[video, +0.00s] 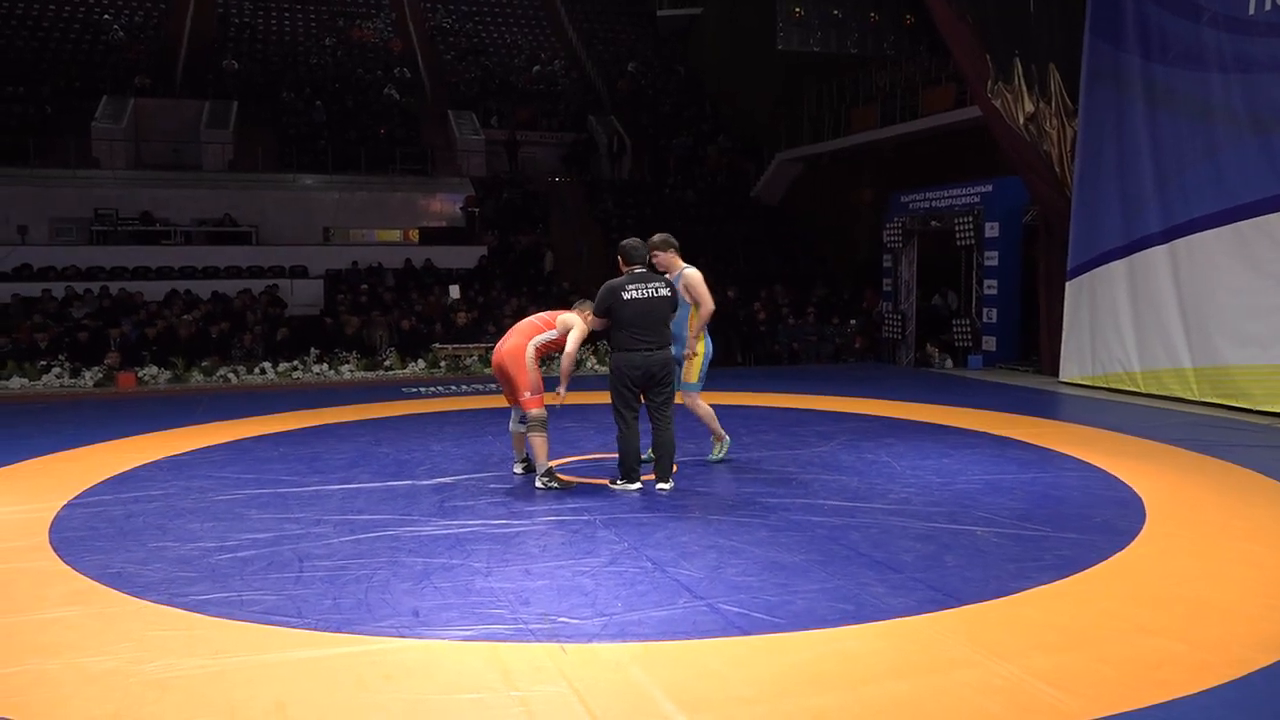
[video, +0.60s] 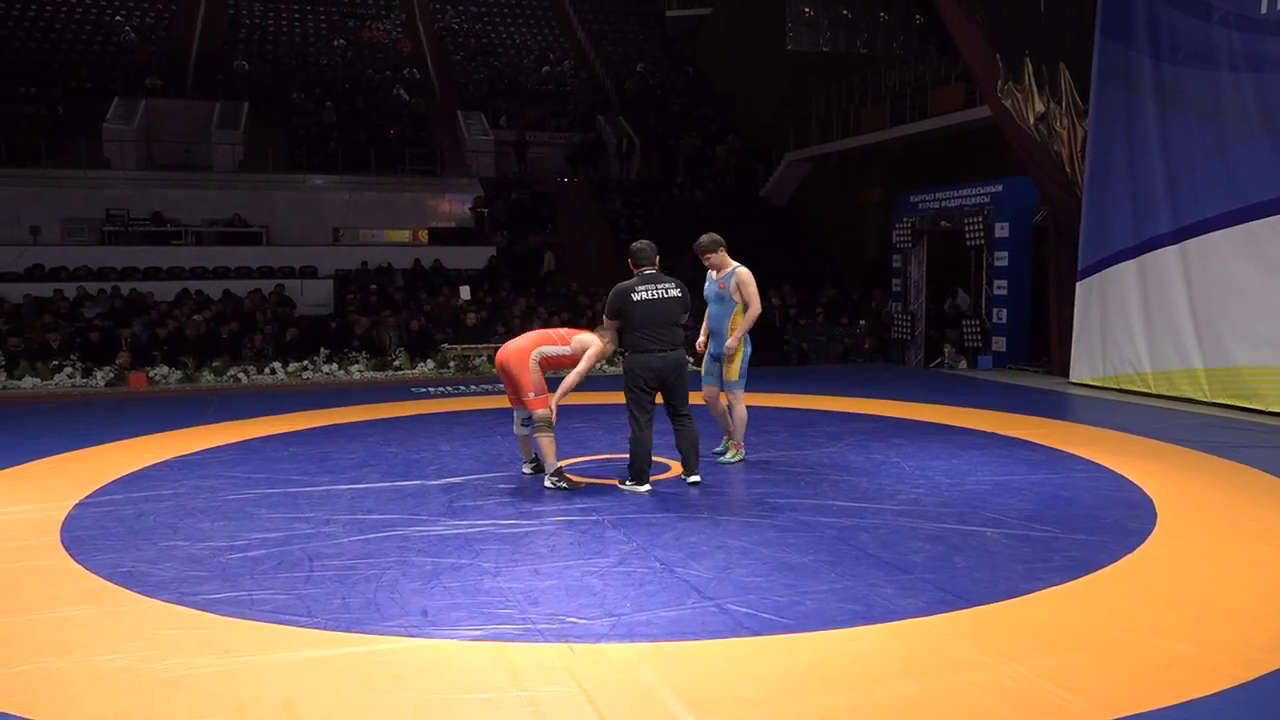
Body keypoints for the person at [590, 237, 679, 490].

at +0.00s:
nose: (618, 262)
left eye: (618, 259)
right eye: (619, 259)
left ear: (621, 261)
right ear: (647, 259)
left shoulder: (612, 288)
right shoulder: (666, 283)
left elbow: (596, 323)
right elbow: (670, 314)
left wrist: (621, 314)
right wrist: (644, 309)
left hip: (625, 361)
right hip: (661, 359)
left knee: (627, 419)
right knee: (662, 417)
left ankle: (630, 478)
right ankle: (664, 477)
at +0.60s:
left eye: (630, 262)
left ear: (631, 264)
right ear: (658, 262)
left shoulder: (621, 291)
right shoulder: (677, 287)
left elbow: (610, 323)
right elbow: (683, 319)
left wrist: (634, 318)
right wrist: (656, 315)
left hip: (639, 363)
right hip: (674, 361)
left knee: (640, 421)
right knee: (682, 414)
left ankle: (639, 479)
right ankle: (692, 471)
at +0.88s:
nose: (656, 266)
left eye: (656, 263)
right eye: (658, 263)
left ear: (659, 264)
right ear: (684, 263)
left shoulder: (655, 291)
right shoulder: (700, 289)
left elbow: (629, 325)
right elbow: (700, 323)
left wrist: (635, 343)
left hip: (661, 364)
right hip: (693, 362)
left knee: (646, 420)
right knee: (693, 414)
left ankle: (639, 477)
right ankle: (704, 471)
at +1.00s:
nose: (667, 266)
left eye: (668, 262)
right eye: (668, 262)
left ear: (673, 262)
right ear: (695, 261)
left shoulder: (674, 289)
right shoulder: (710, 286)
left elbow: (658, 325)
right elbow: (690, 306)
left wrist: (640, 345)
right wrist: (670, 286)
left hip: (677, 362)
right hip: (704, 360)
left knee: (653, 416)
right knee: (700, 414)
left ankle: (639, 472)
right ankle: (705, 472)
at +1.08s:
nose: (672, 265)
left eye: (673, 261)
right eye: (672, 261)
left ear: (684, 260)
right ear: (698, 260)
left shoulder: (687, 285)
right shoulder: (713, 283)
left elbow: (681, 320)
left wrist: (657, 344)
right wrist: (670, 280)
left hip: (685, 359)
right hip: (709, 357)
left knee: (663, 415)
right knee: (703, 414)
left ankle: (644, 469)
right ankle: (705, 471)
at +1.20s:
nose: (682, 263)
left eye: (686, 258)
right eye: (681, 259)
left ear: (702, 257)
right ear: (701, 259)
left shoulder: (707, 282)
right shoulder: (710, 279)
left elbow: (711, 315)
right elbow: (692, 295)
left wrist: (685, 343)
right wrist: (672, 276)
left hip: (700, 355)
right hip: (713, 354)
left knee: (677, 411)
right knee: (708, 413)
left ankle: (665, 469)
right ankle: (707, 470)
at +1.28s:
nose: (693, 262)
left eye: (698, 257)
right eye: (690, 258)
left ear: (713, 257)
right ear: (691, 260)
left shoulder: (719, 279)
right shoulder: (707, 280)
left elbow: (728, 309)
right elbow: (695, 293)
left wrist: (705, 337)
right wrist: (674, 278)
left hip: (707, 356)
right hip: (714, 355)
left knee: (688, 412)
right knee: (712, 415)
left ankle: (687, 471)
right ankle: (710, 470)